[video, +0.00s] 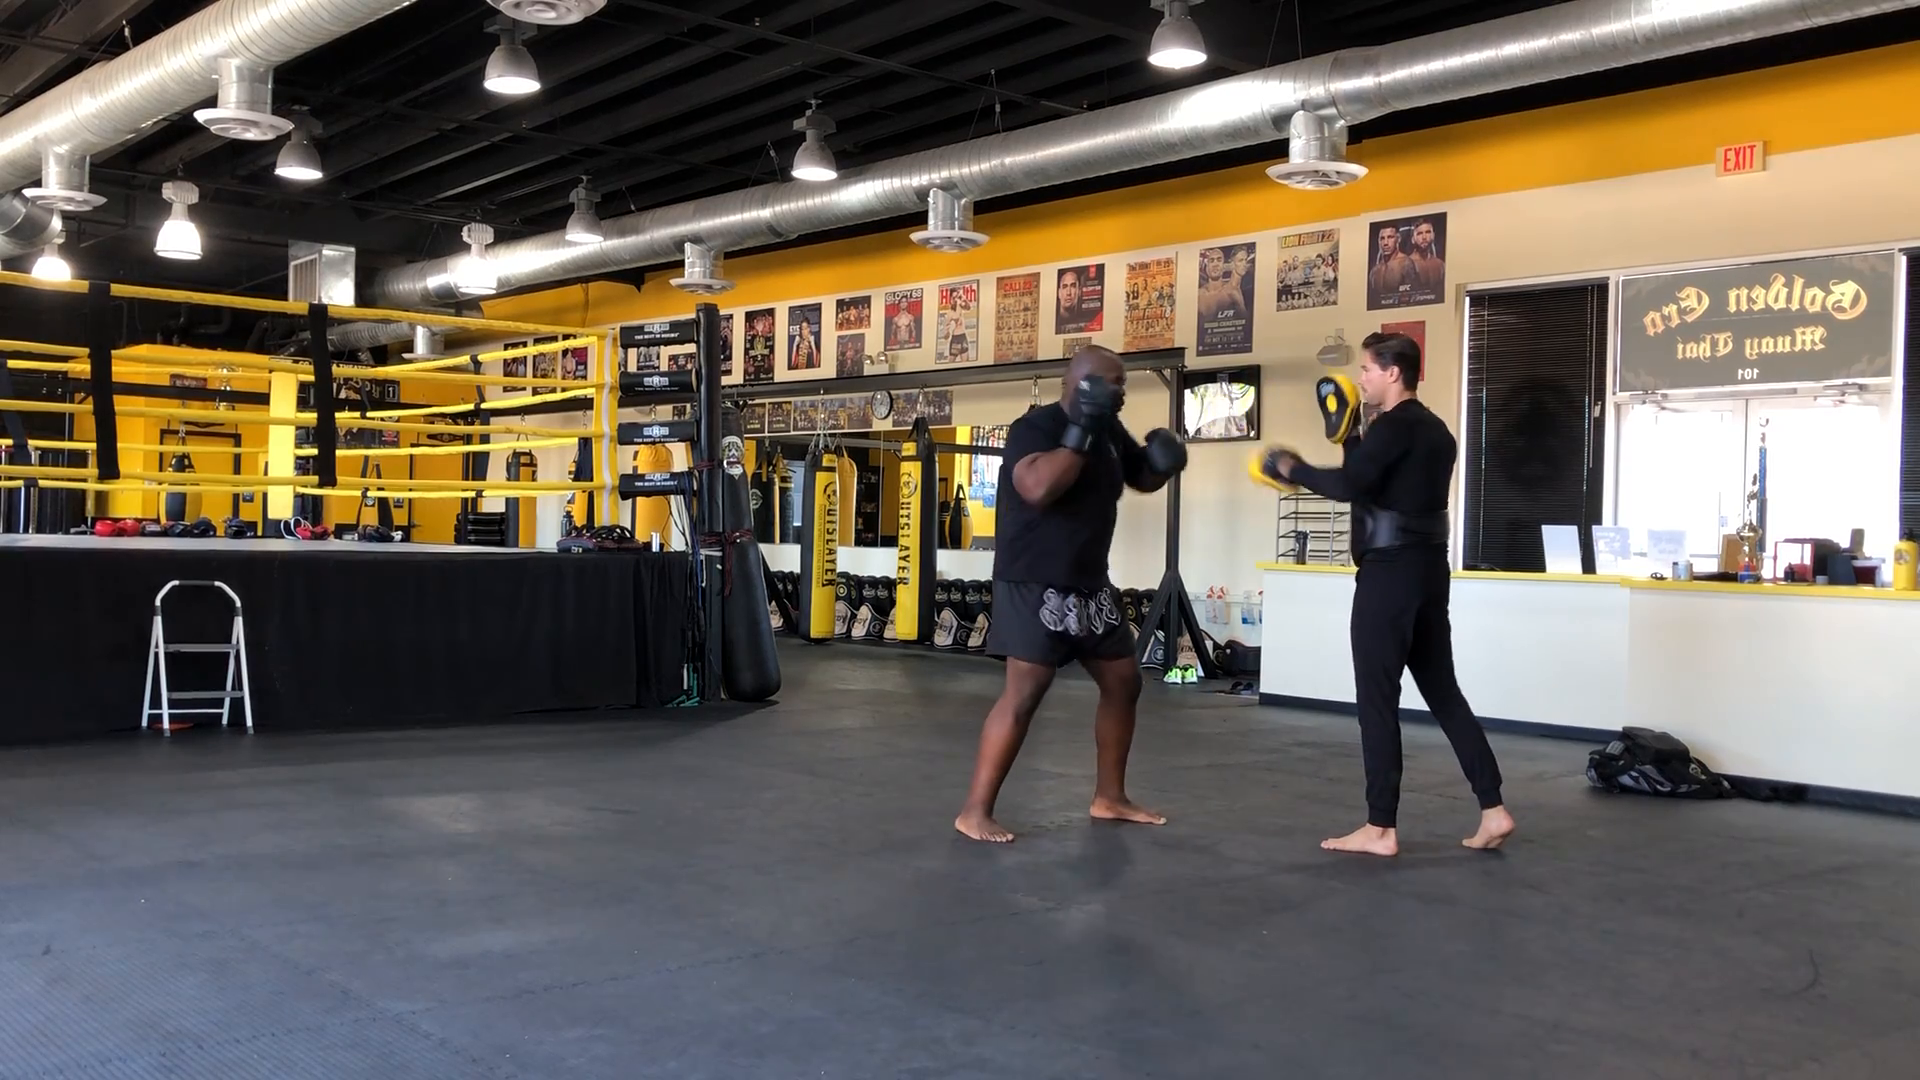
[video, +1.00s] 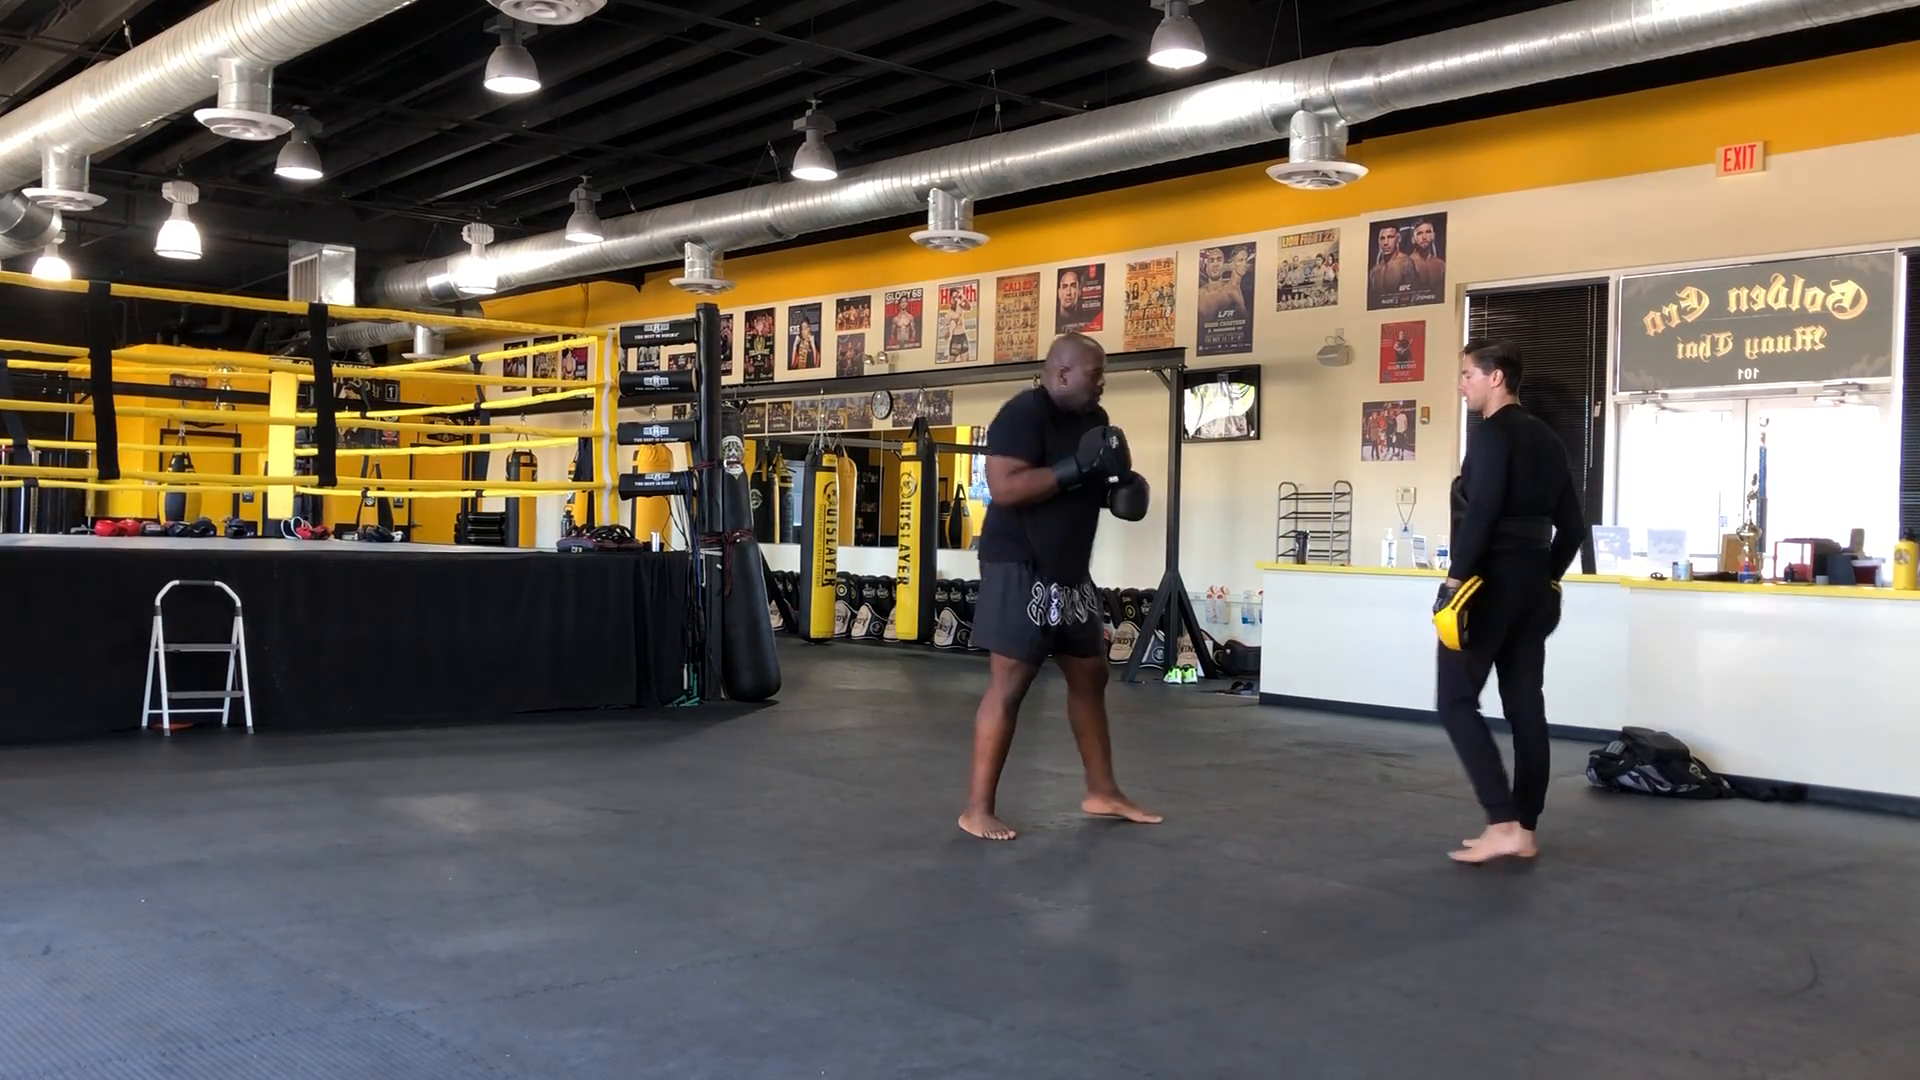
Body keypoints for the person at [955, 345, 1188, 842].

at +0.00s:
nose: (1115, 395)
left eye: (1120, 387)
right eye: (1106, 385)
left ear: (1118, 389)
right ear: (1075, 383)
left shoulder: (1110, 431)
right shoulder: (1035, 427)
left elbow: (1143, 479)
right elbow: (1035, 487)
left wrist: (1159, 461)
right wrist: (1082, 432)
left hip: (1090, 585)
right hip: (1032, 584)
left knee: (1122, 680)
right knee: (1022, 693)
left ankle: (1110, 797)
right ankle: (974, 813)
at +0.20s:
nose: (1152, 401)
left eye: (1152, 394)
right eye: (1146, 392)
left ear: (1105, 388)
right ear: (1118, 388)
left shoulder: (1075, 424)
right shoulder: (1102, 421)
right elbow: (1173, 436)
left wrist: (1189, 438)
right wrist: (1245, 422)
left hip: (1075, 574)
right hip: (1052, 571)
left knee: (1106, 674)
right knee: (1037, 685)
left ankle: (1108, 796)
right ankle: (973, 810)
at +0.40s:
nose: (1160, 406)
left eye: (1161, 399)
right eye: (1158, 397)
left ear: (1115, 387)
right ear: (1134, 387)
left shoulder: (1077, 422)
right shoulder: (1119, 415)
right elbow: (1192, 434)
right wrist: (1241, 430)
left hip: (1086, 568)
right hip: (1064, 561)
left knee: (1107, 672)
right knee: (1044, 675)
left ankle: (1109, 796)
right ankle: (975, 798)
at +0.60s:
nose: (1161, 391)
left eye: (1162, 383)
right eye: (1155, 381)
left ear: (1128, 379)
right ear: (1123, 376)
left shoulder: (1119, 432)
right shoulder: (1084, 414)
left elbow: (1128, 500)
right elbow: (1088, 482)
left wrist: (1161, 455)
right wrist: (1147, 445)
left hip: (1104, 567)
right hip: (1058, 560)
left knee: (1109, 675)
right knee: (1047, 669)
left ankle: (1108, 797)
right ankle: (981, 793)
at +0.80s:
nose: (1125, 391)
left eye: (1127, 382)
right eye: (1117, 382)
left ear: (1113, 383)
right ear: (1083, 379)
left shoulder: (1116, 437)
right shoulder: (1044, 426)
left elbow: (1118, 500)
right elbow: (1032, 502)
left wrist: (1150, 491)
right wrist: (1099, 472)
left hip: (1099, 576)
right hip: (1043, 572)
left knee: (1114, 680)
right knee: (1027, 682)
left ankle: (1109, 797)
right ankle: (978, 806)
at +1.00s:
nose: (1101, 386)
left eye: (1103, 377)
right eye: (1094, 376)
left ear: (1084, 374)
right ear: (1060, 372)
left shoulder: (1092, 421)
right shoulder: (1021, 414)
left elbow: (1102, 484)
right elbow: (1004, 488)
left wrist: (1124, 494)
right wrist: (1079, 468)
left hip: (1070, 570)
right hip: (1018, 569)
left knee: (1089, 674)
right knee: (1008, 683)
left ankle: (1102, 791)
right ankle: (977, 811)